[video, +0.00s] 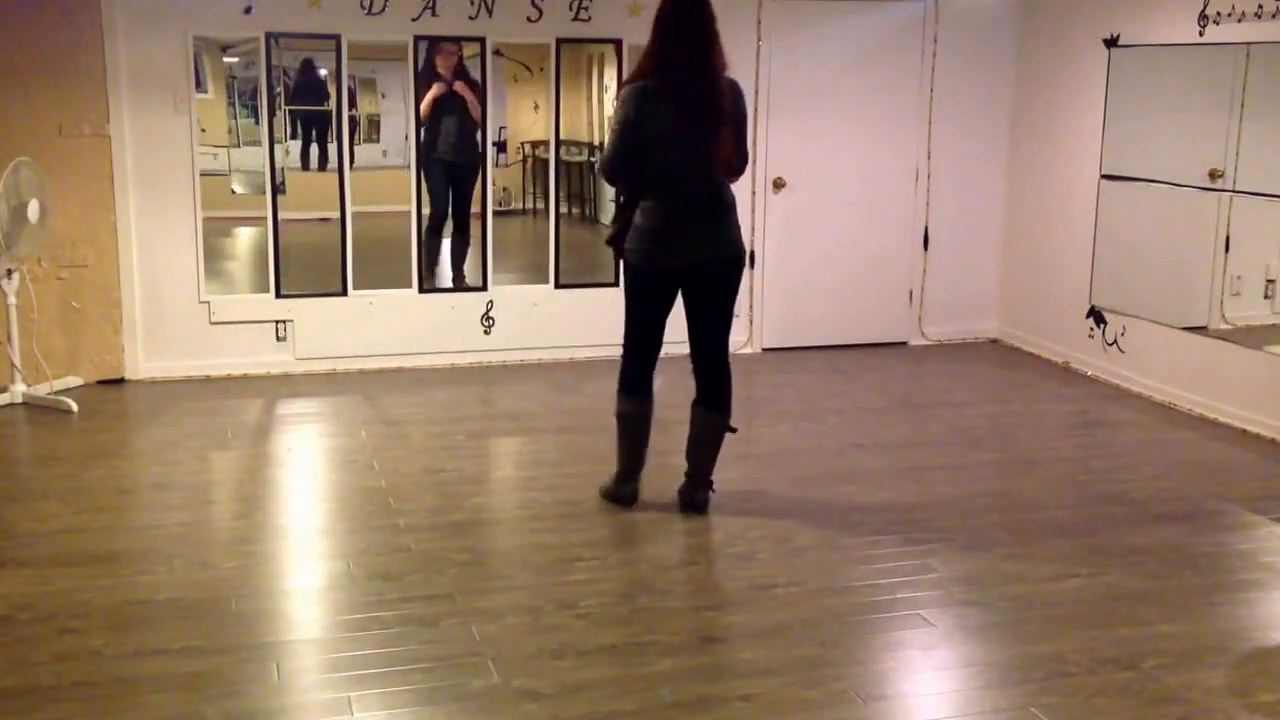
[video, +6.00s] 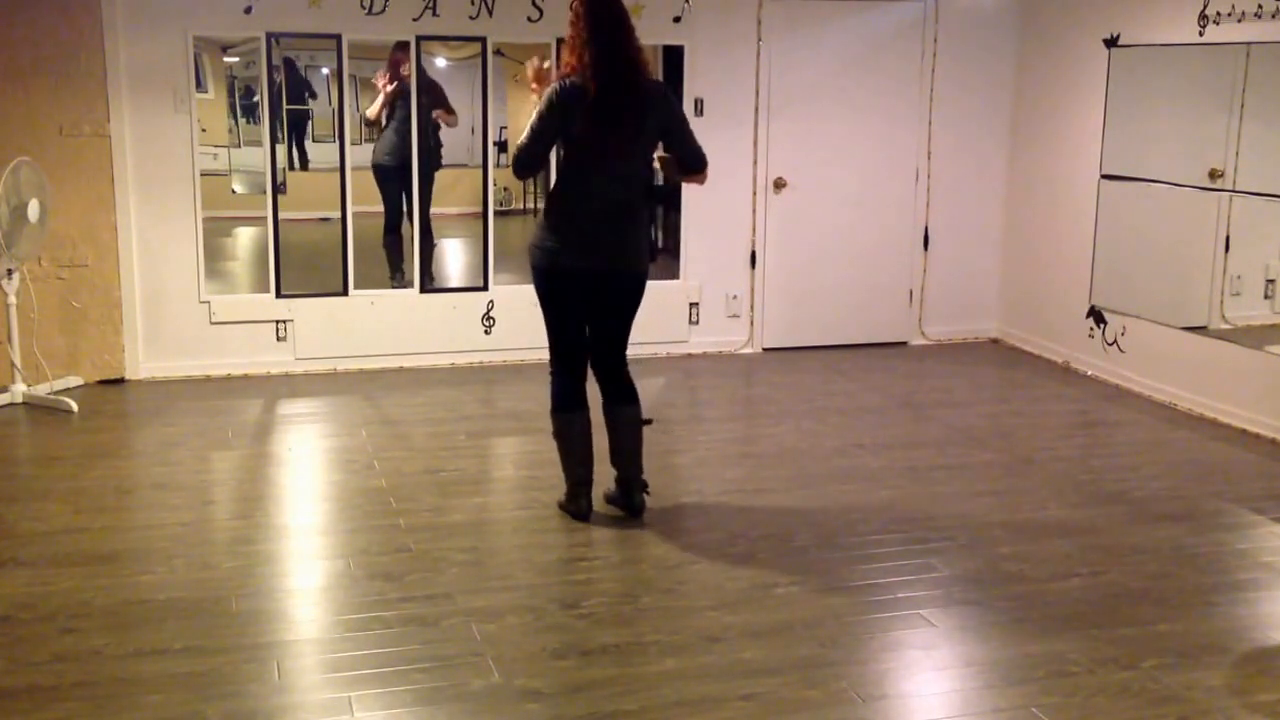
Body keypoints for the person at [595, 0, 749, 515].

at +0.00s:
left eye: (661, 26)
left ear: (658, 34)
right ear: (710, 36)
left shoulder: (640, 93)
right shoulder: (730, 92)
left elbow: (614, 168)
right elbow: (736, 165)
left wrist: (651, 180)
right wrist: (694, 166)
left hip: (651, 247)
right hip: (716, 247)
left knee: (638, 358)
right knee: (712, 361)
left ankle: (627, 478)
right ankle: (698, 483)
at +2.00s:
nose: (570, 33)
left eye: (575, 25)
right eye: (576, 23)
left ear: (581, 34)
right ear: (633, 34)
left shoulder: (568, 95)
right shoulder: (658, 94)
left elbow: (554, 185)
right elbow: (669, 179)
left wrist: (551, 245)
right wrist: (649, 226)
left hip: (585, 251)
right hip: (647, 252)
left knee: (582, 367)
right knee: (644, 362)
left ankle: (581, 491)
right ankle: (634, 485)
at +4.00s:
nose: (563, 40)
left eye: (567, 33)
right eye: (568, 31)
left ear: (574, 39)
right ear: (623, 37)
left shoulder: (569, 97)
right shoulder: (648, 95)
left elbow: (556, 178)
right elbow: (669, 170)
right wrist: (635, 201)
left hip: (569, 249)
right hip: (627, 250)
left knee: (577, 365)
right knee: (606, 358)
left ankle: (578, 493)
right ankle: (629, 482)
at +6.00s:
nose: (566, 41)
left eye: (570, 32)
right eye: (571, 32)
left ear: (577, 39)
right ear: (626, 35)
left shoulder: (567, 94)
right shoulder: (653, 94)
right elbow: (695, 166)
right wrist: (656, 163)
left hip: (562, 254)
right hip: (626, 259)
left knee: (566, 365)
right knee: (612, 359)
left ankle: (578, 493)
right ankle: (631, 485)